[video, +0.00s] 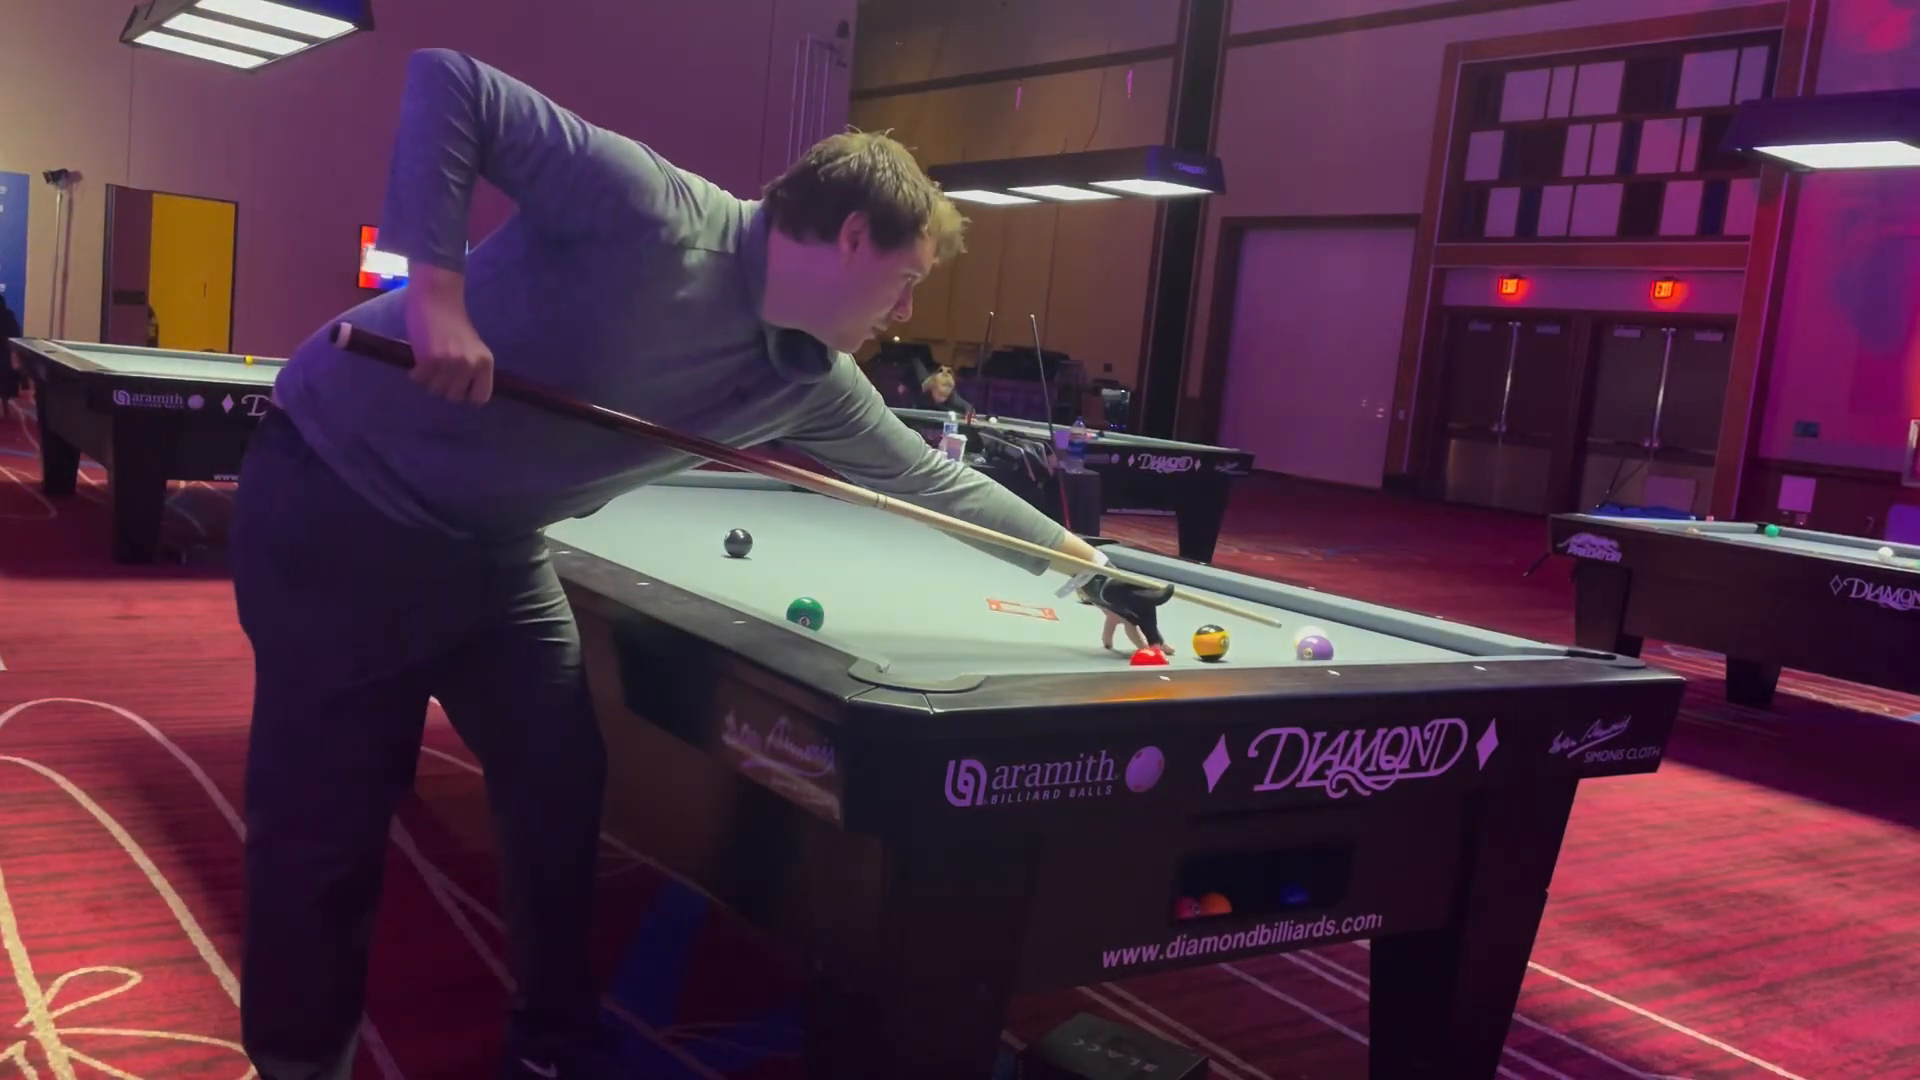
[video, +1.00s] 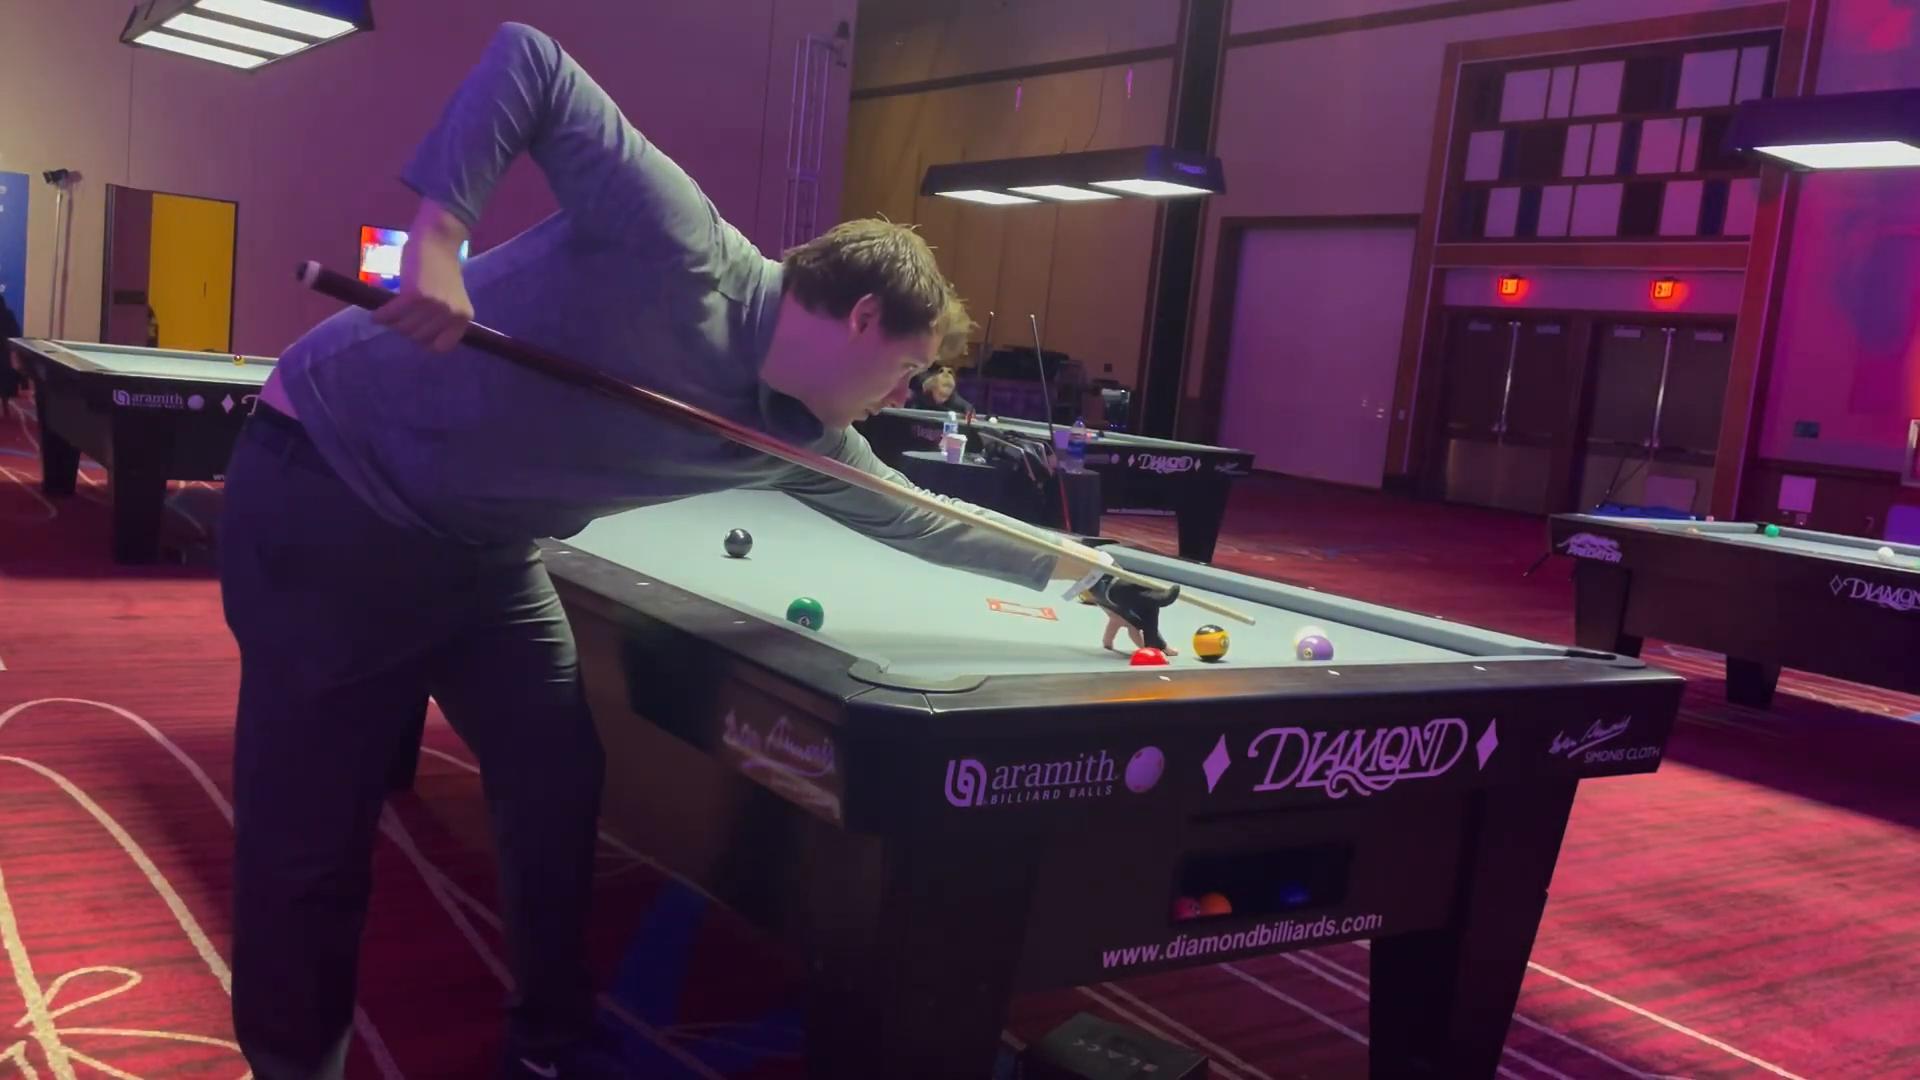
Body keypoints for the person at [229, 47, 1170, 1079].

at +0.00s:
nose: (903, 313)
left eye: (915, 289)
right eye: (907, 279)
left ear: (847, 249)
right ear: (848, 237)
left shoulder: (807, 384)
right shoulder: (648, 208)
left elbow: (940, 479)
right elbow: (448, 83)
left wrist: (1086, 561)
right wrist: (432, 287)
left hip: (494, 535)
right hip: (345, 487)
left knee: (559, 774)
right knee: (324, 819)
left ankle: (551, 1037)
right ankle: (298, 1058)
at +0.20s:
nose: (903, 324)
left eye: (914, 304)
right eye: (908, 295)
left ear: (847, 260)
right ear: (855, 254)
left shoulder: (808, 394)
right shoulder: (653, 212)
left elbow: (939, 487)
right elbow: (465, 78)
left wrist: (1089, 561)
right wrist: (437, 275)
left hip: (492, 537)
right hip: (343, 489)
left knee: (558, 775)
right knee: (321, 825)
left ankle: (549, 1040)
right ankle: (295, 1058)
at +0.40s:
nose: (906, 346)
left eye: (918, 326)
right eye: (912, 315)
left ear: (849, 277)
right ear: (860, 272)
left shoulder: (804, 411)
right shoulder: (662, 223)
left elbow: (929, 498)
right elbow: (484, 75)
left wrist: (1082, 560)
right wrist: (449, 270)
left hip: (489, 537)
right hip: (338, 488)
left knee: (556, 767)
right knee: (317, 827)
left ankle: (549, 1034)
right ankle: (294, 1057)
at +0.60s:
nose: (904, 373)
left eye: (916, 351)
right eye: (911, 341)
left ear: (850, 297)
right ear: (864, 288)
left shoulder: (792, 414)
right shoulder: (666, 228)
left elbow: (918, 506)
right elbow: (500, 67)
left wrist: (1078, 562)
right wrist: (449, 259)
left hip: (487, 535)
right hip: (333, 484)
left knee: (555, 766)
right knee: (314, 828)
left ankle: (549, 1035)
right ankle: (293, 1056)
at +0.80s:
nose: (902, 388)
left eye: (916, 367)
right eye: (912, 357)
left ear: (851, 312)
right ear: (866, 305)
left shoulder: (795, 423)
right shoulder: (670, 233)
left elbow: (913, 512)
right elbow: (513, 65)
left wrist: (1070, 561)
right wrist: (419, 236)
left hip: (487, 539)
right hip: (330, 484)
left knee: (555, 764)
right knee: (310, 829)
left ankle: (548, 1035)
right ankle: (293, 1061)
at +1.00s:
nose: (900, 401)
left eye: (915, 381)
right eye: (910, 371)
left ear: (854, 330)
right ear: (863, 321)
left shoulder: (790, 428)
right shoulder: (676, 237)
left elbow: (914, 518)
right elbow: (527, 64)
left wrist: (1066, 561)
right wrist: (434, 238)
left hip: (487, 537)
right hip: (332, 483)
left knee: (555, 766)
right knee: (310, 826)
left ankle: (549, 1033)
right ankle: (293, 1060)